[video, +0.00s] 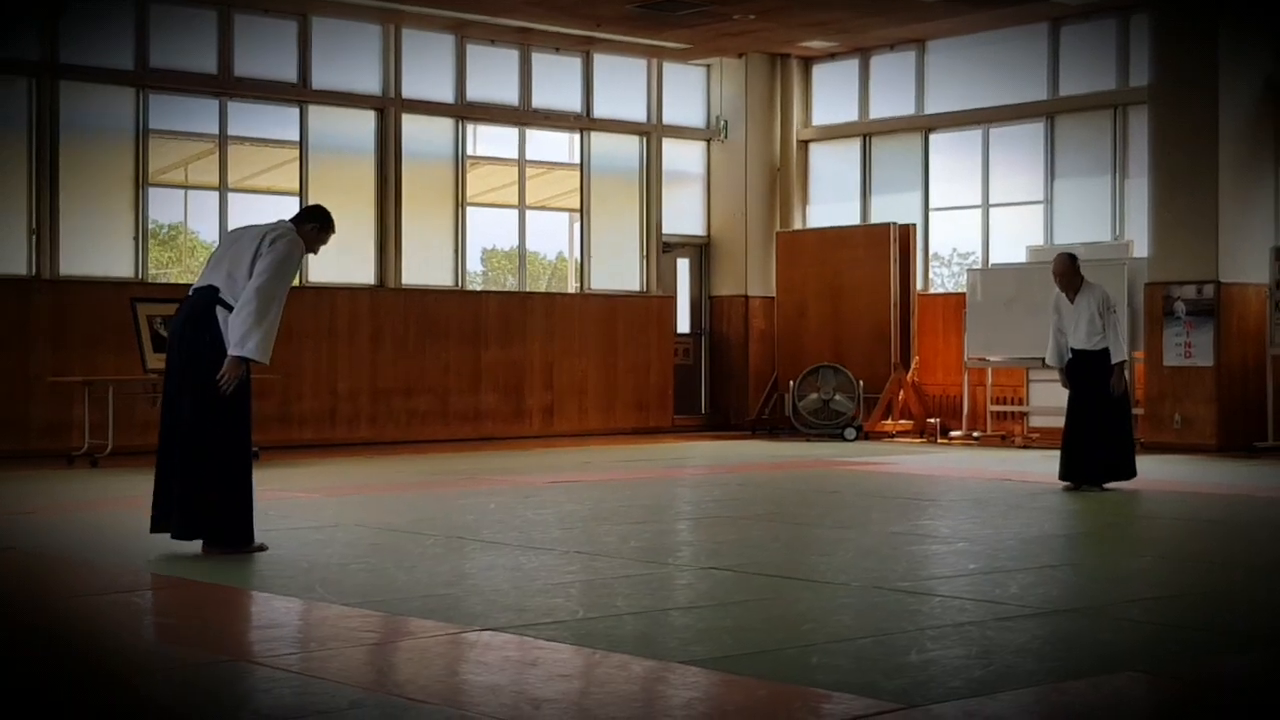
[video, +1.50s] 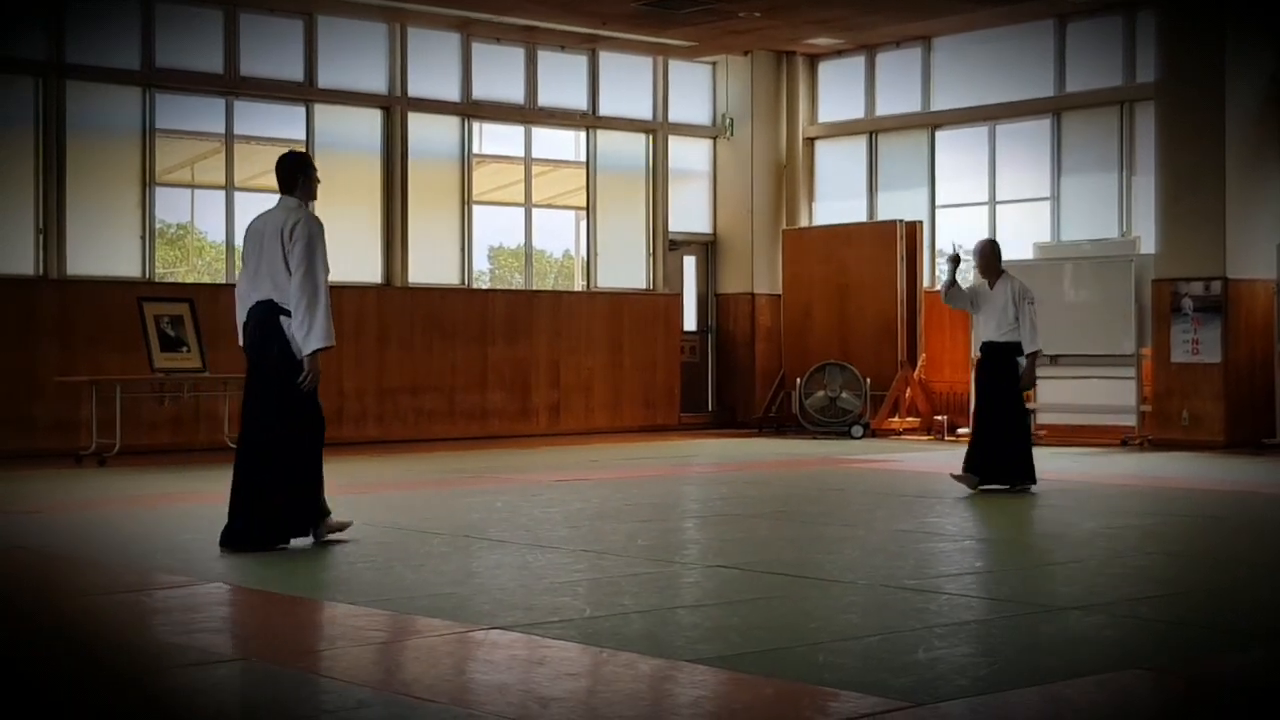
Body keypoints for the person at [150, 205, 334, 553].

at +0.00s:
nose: (317, 250)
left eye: (322, 245)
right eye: (321, 242)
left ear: (299, 220)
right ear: (312, 228)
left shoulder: (246, 234)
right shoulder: (288, 240)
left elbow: (213, 282)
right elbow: (259, 291)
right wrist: (239, 352)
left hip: (191, 324)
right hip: (218, 329)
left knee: (203, 429)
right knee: (228, 433)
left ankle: (210, 529)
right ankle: (227, 536)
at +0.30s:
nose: (318, 234)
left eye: (322, 227)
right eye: (321, 225)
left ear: (294, 208)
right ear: (311, 215)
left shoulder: (246, 227)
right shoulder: (290, 233)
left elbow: (217, 279)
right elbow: (267, 289)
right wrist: (246, 351)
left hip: (196, 325)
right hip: (224, 329)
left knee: (206, 429)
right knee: (236, 433)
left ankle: (210, 527)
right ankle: (233, 534)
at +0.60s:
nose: (300, 189)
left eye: (301, 182)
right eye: (300, 182)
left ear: (265, 178)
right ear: (290, 180)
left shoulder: (228, 216)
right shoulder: (279, 217)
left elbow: (215, 276)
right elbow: (273, 279)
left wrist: (213, 328)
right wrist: (269, 343)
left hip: (213, 324)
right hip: (246, 327)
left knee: (215, 426)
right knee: (247, 428)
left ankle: (215, 527)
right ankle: (235, 531)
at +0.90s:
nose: (291, 176)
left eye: (290, 169)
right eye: (289, 170)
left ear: (253, 173)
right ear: (277, 173)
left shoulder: (226, 216)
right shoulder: (273, 216)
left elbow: (221, 277)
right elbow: (273, 283)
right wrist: (278, 343)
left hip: (223, 326)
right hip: (255, 329)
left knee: (224, 425)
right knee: (255, 428)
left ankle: (219, 527)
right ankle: (242, 530)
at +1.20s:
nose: (294, 176)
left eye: (292, 169)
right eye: (291, 170)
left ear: (256, 174)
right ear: (280, 173)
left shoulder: (233, 218)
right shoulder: (277, 217)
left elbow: (227, 278)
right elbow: (278, 285)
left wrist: (229, 324)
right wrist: (286, 345)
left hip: (236, 324)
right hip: (264, 327)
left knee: (236, 425)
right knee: (263, 428)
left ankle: (227, 524)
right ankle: (247, 530)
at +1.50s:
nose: (318, 183)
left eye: (316, 176)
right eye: (314, 177)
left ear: (282, 181)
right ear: (303, 180)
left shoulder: (257, 224)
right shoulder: (305, 223)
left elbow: (246, 285)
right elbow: (305, 289)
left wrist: (246, 336)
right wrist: (311, 347)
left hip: (258, 328)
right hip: (286, 329)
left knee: (306, 422)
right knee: (268, 427)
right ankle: (249, 529)